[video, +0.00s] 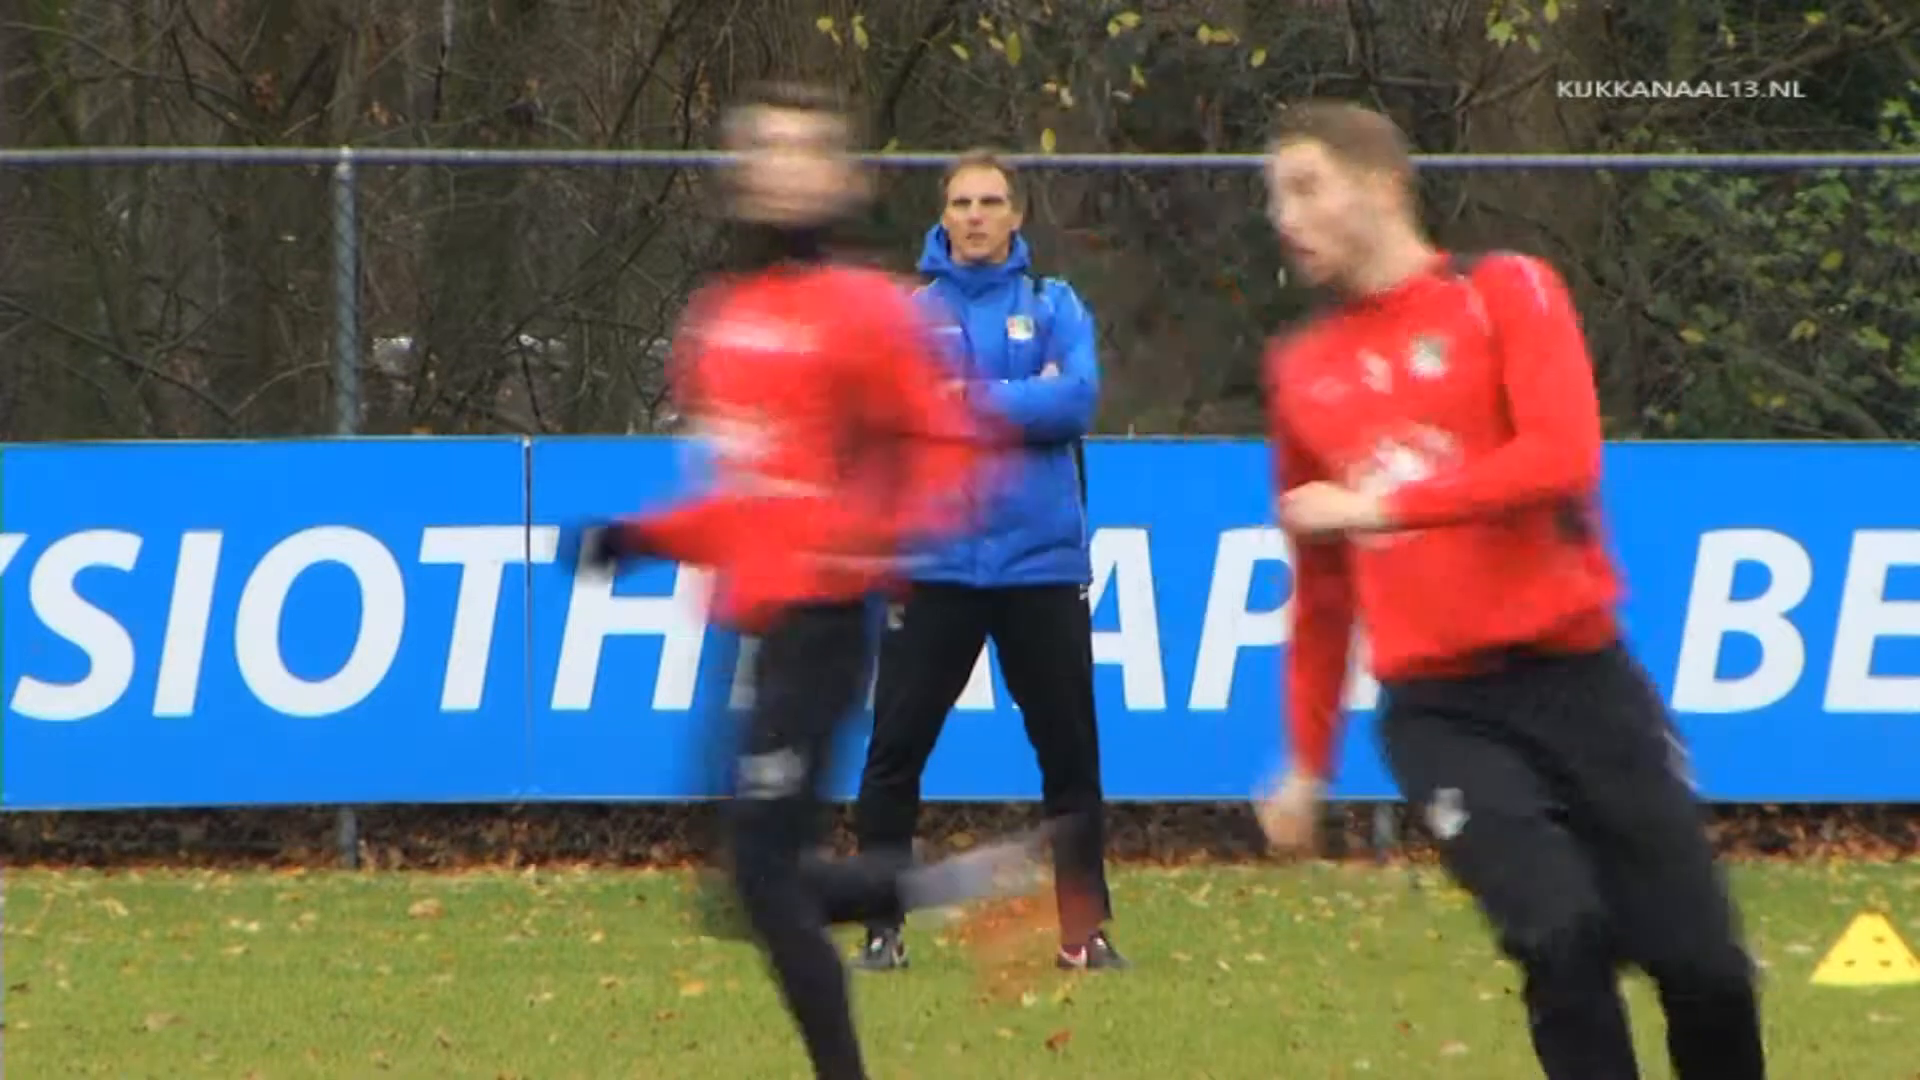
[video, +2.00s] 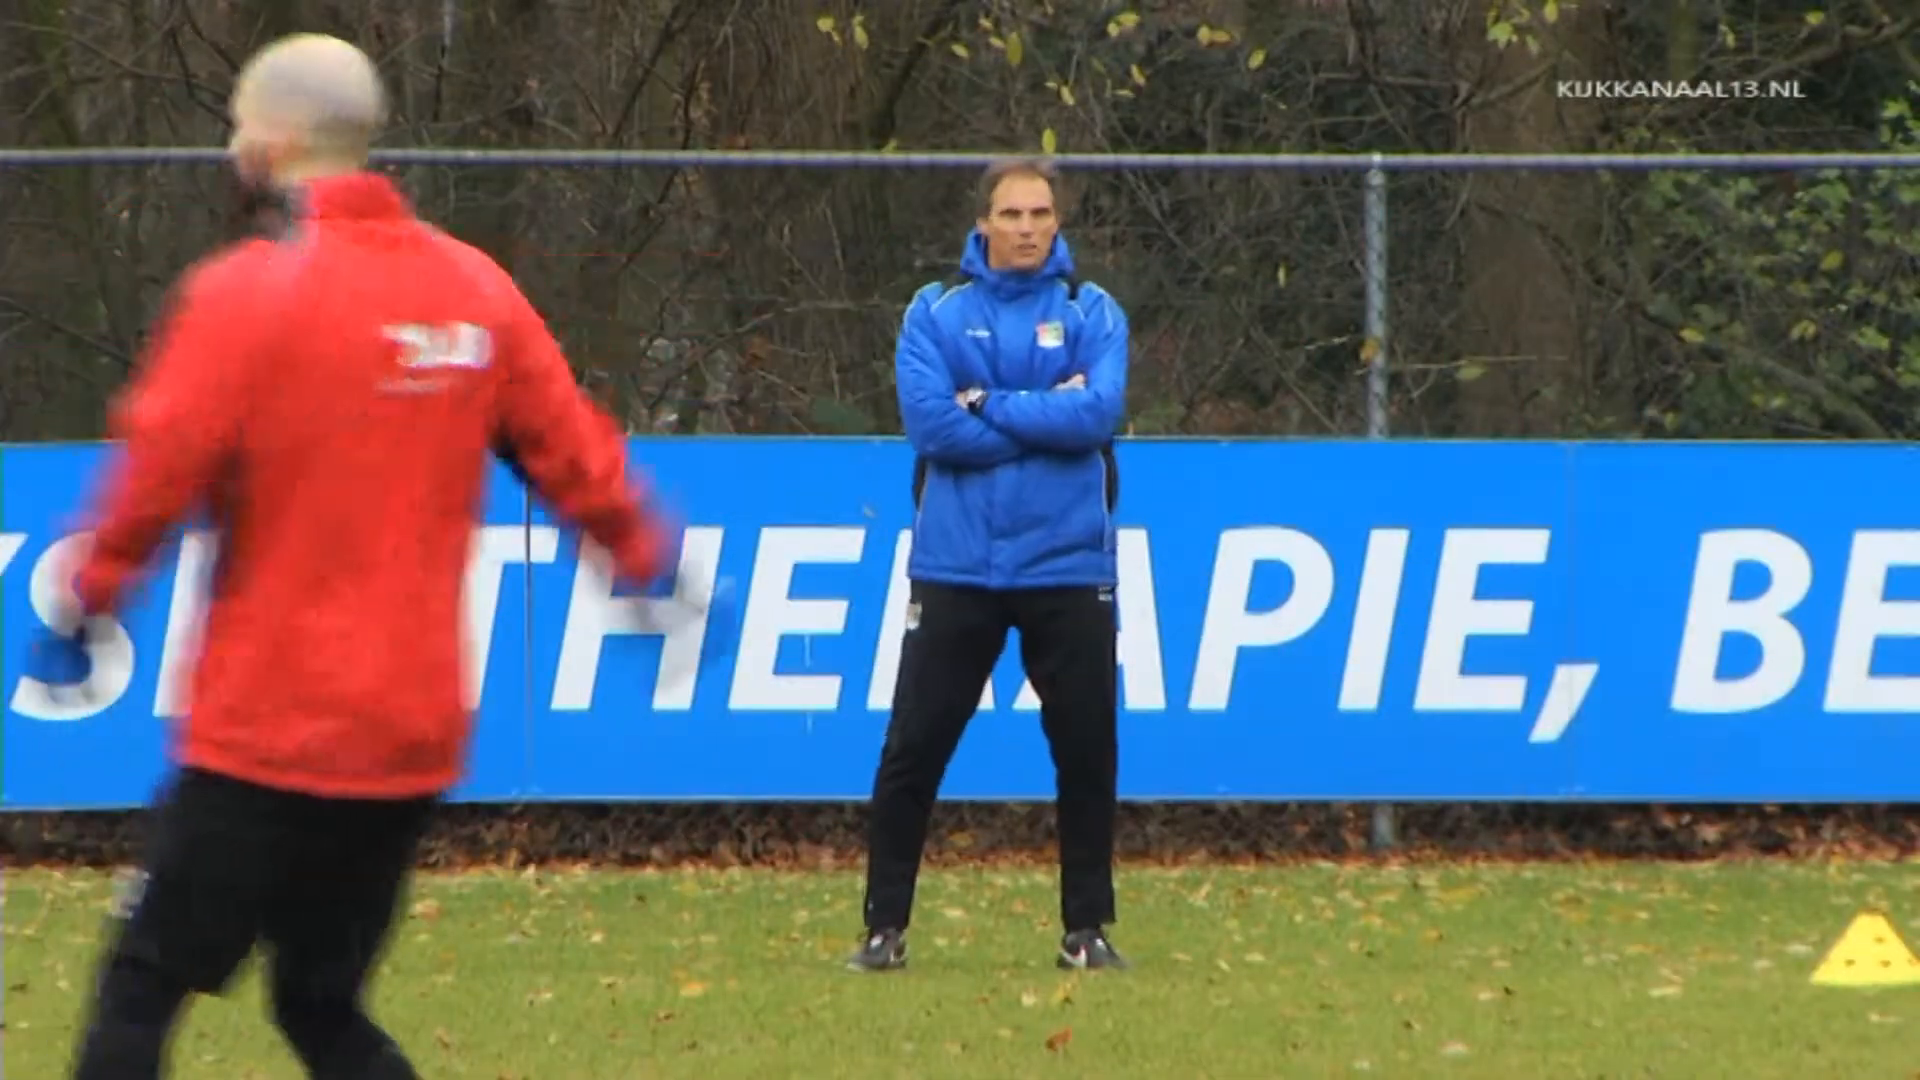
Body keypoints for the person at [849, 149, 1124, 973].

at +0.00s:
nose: (976, 216)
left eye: (991, 202)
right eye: (962, 204)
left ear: (1017, 214)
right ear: (942, 216)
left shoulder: (1055, 303)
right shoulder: (907, 309)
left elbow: (1076, 400)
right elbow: (900, 412)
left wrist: (961, 402)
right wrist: (1026, 407)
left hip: (1041, 568)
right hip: (935, 570)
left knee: (1070, 753)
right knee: (895, 750)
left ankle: (1085, 933)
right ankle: (881, 925)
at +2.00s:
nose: (1025, 228)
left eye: (1038, 215)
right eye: (1011, 215)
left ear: (1058, 223)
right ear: (984, 224)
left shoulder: (1094, 312)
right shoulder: (933, 311)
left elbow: (1097, 413)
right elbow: (933, 431)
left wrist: (985, 402)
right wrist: (1047, 419)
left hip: (1068, 568)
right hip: (958, 567)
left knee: (1088, 752)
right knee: (913, 749)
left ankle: (1086, 932)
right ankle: (883, 930)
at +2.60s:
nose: (981, 224)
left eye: (992, 210)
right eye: (965, 211)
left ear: (1008, 218)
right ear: (932, 221)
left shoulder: (1038, 303)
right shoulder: (903, 303)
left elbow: (1066, 399)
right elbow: (896, 402)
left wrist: (972, 418)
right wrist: (1015, 391)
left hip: (1028, 567)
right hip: (924, 564)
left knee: (1056, 752)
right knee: (892, 746)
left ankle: (1078, 926)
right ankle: (864, 933)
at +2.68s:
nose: (990, 220)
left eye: (998, 205)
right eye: (977, 206)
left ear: (1010, 208)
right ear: (943, 212)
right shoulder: (903, 299)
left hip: (1036, 563)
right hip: (931, 566)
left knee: (1063, 745)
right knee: (937, 747)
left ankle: (1080, 922)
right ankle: (919, 929)